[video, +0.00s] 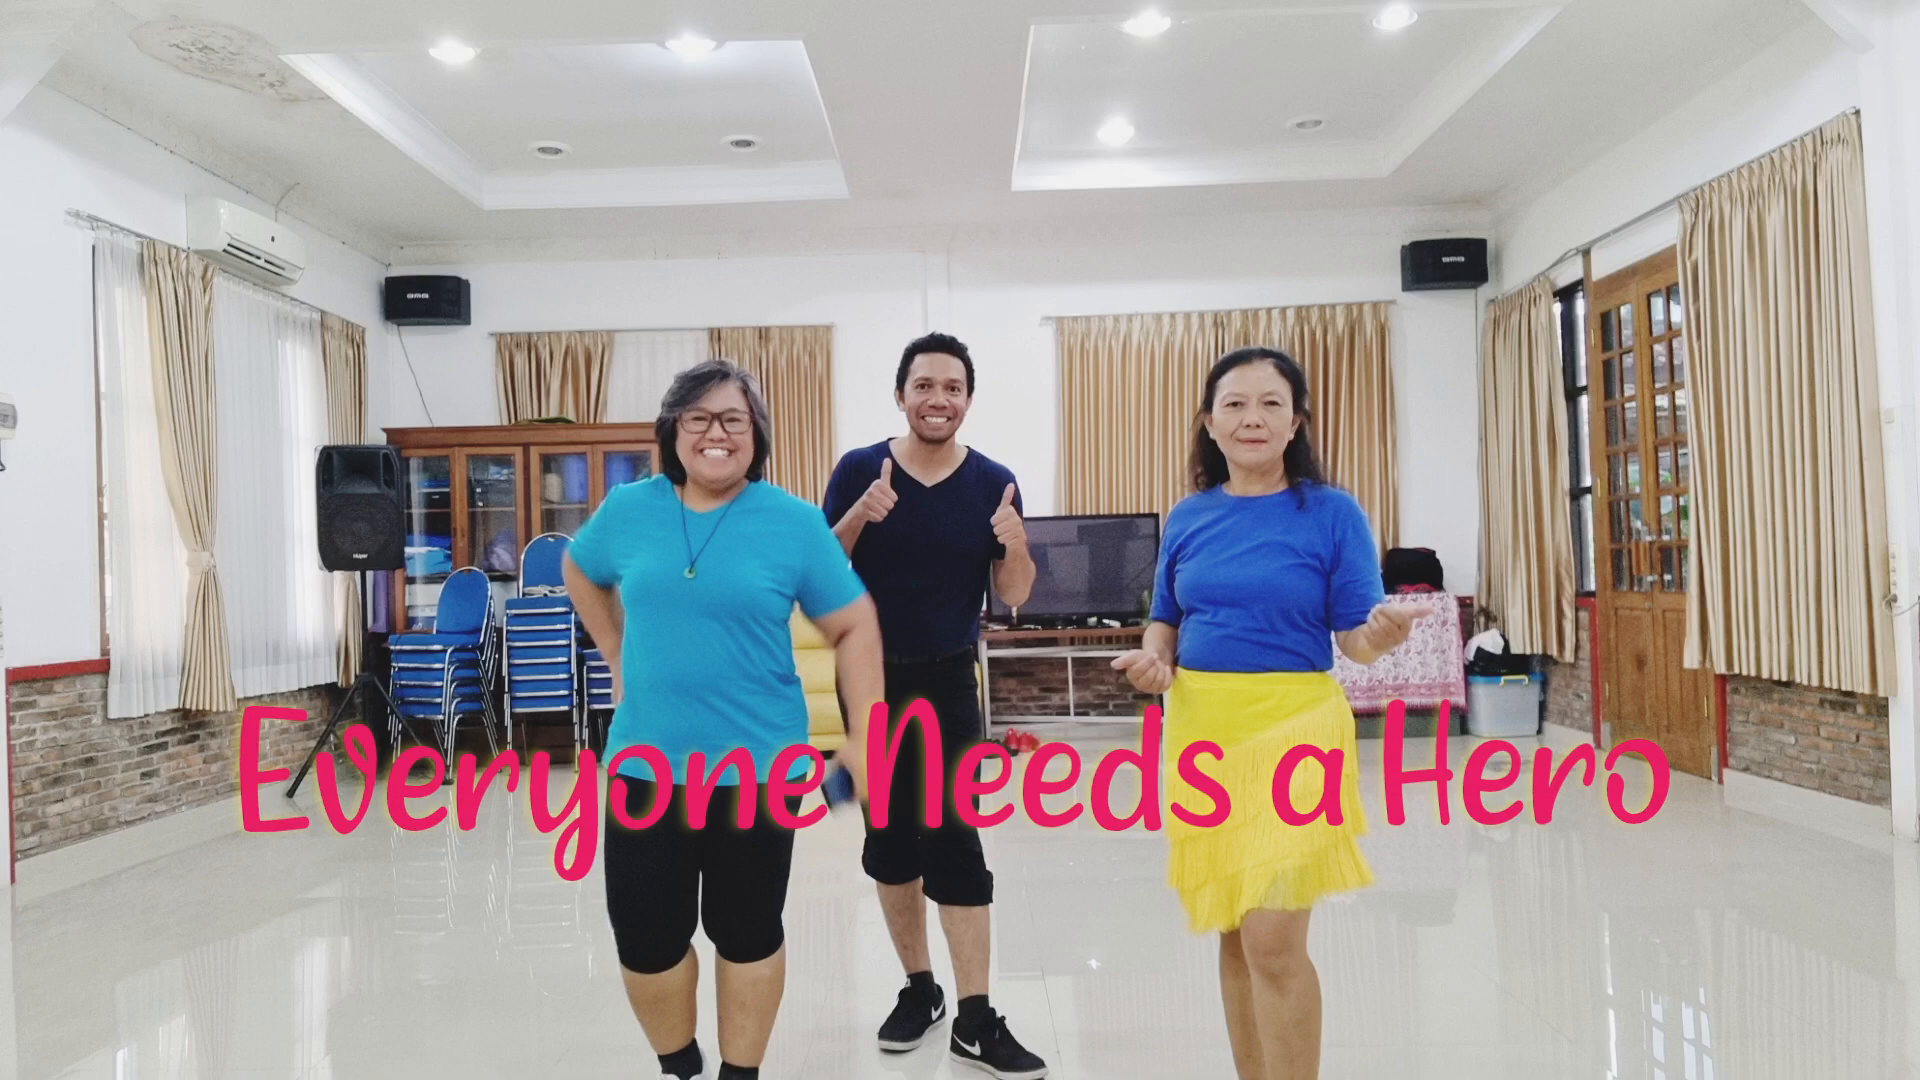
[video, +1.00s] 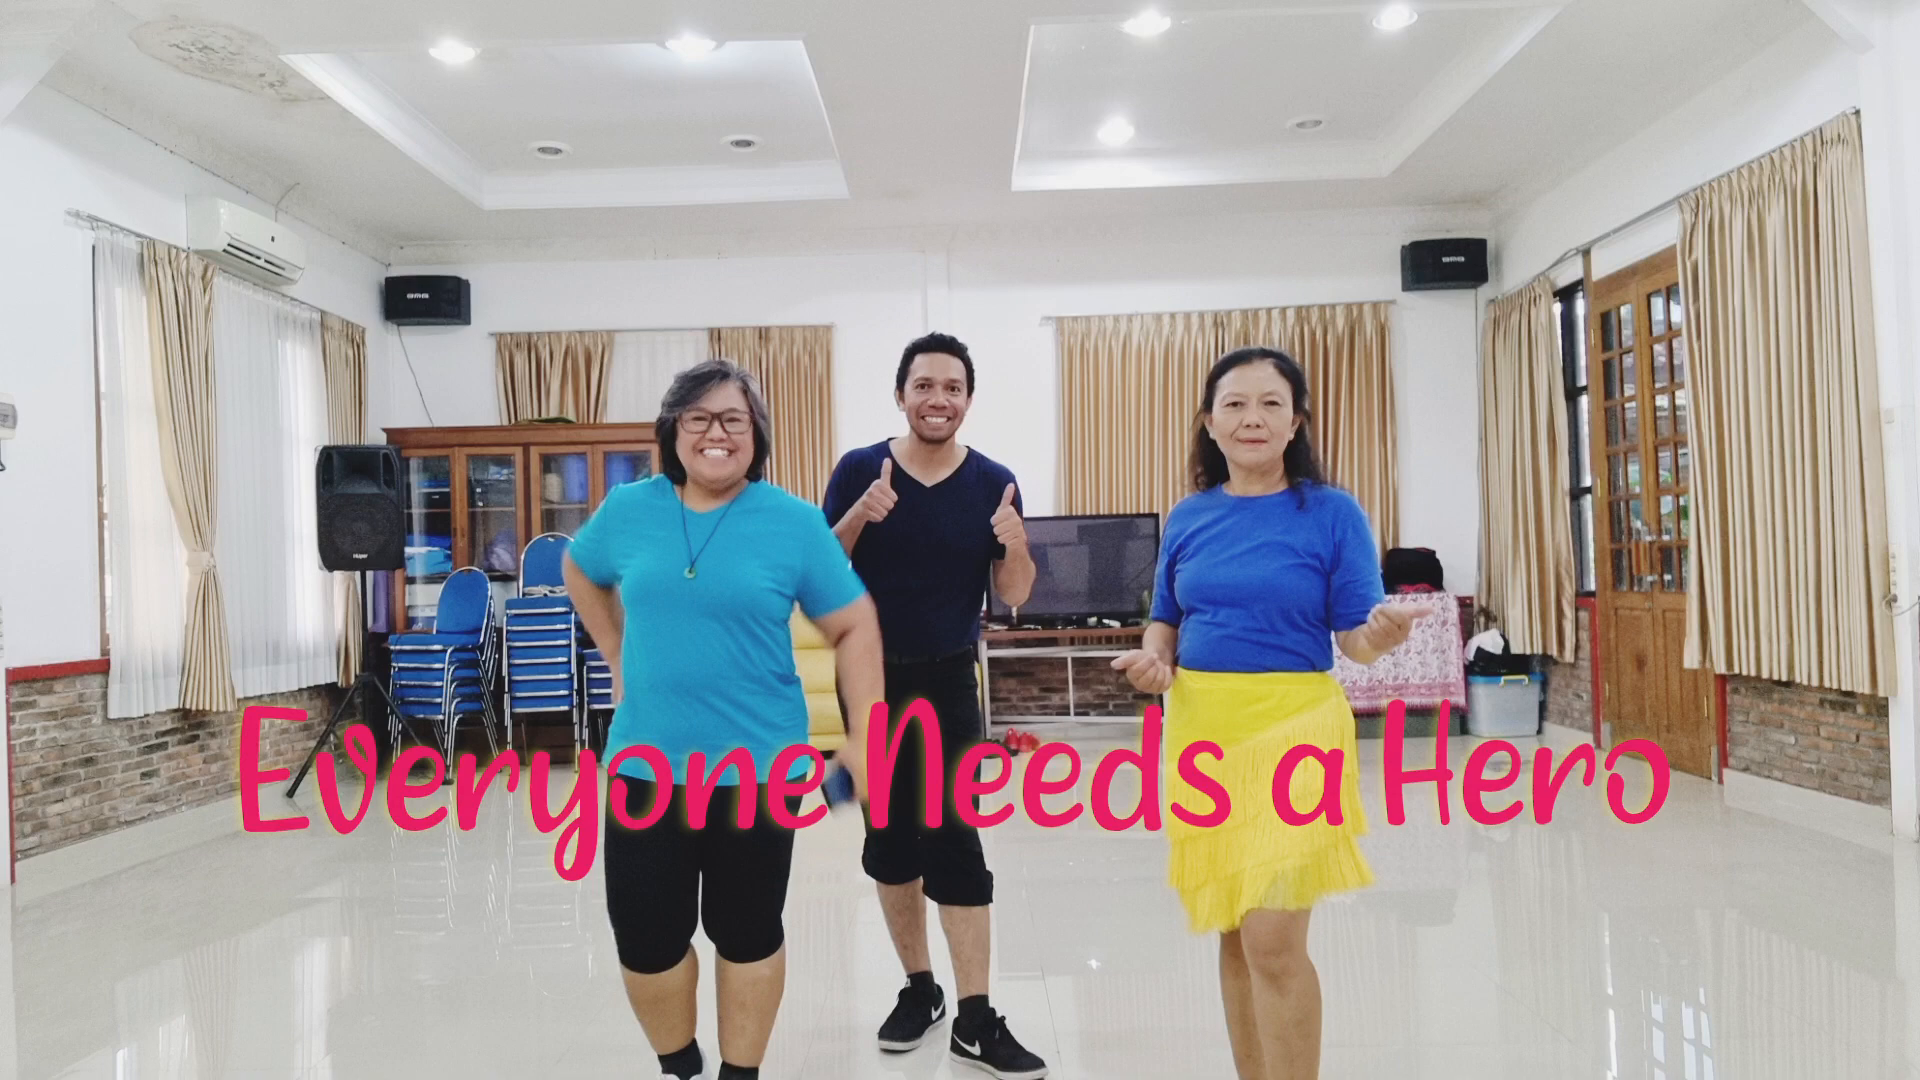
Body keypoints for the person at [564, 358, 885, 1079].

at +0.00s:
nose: (720, 432)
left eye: (736, 420)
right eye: (702, 420)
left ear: (756, 436)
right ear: (672, 434)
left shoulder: (795, 523)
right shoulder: (627, 509)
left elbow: (856, 626)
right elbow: (580, 570)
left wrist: (865, 738)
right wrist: (625, 663)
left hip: (758, 768)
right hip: (645, 764)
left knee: (746, 932)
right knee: (646, 938)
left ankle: (739, 1076)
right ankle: (680, 1069)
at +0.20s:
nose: (720, 432)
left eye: (736, 420)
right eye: (702, 420)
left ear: (756, 436)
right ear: (672, 434)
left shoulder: (795, 523)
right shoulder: (627, 509)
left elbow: (856, 626)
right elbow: (580, 570)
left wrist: (865, 738)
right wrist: (625, 663)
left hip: (758, 768)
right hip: (645, 764)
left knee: (746, 932)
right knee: (646, 938)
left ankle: (739, 1076)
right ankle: (680, 1069)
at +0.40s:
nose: (720, 432)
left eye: (736, 420)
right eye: (702, 420)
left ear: (756, 436)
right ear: (672, 434)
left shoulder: (795, 523)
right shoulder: (627, 509)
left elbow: (856, 626)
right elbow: (580, 570)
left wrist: (865, 738)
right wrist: (625, 663)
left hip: (758, 768)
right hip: (645, 764)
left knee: (746, 932)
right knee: (646, 938)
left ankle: (739, 1076)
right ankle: (680, 1069)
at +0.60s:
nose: (720, 432)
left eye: (736, 420)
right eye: (702, 420)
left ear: (756, 436)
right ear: (672, 434)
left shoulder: (795, 523)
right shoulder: (627, 509)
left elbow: (856, 626)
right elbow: (580, 570)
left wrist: (865, 738)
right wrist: (625, 663)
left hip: (758, 768)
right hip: (645, 764)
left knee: (746, 932)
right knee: (646, 938)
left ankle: (739, 1076)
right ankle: (680, 1069)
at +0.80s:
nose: (720, 432)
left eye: (736, 420)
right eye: (702, 420)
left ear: (756, 436)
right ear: (672, 434)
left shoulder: (795, 523)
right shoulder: (627, 509)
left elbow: (856, 626)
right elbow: (580, 570)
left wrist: (865, 738)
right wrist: (625, 663)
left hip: (758, 768)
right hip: (645, 764)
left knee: (746, 932)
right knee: (646, 938)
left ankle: (739, 1076)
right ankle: (680, 1069)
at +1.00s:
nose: (720, 432)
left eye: (736, 420)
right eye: (702, 420)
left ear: (756, 436)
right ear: (672, 434)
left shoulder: (795, 523)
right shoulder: (627, 509)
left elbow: (856, 626)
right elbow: (580, 570)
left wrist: (865, 738)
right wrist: (625, 663)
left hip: (758, 768)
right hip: (645, 764)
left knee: (746, 932)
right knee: (646, 938)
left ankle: (739, 1076)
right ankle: (680, 1069)